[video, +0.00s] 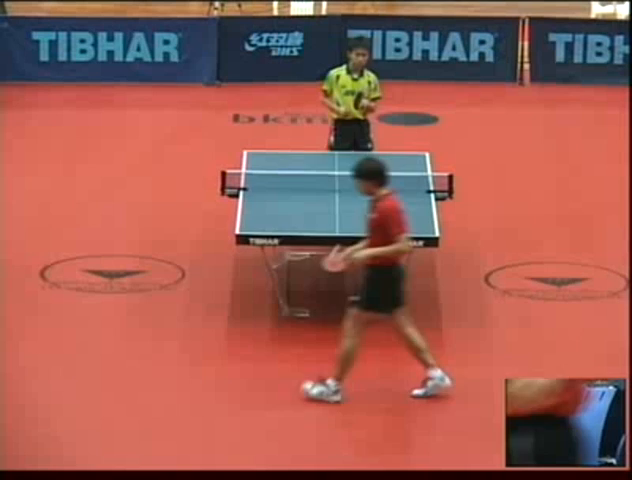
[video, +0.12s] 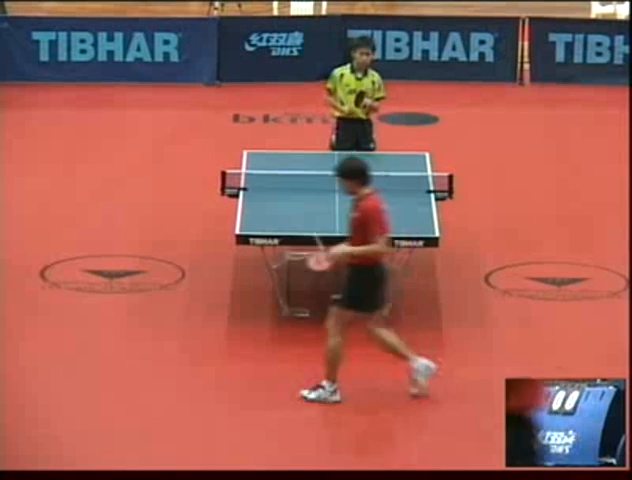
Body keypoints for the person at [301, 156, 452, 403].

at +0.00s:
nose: (358, 186)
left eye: (360, 181)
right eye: (358, 181)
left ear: (371, 181)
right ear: (377, 180)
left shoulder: (389, 206)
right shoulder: (379, 204)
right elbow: (376, 240)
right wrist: (351, 251)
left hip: (382, 274)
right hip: (386, 271)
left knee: (354, 323)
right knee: (402, 323)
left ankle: (335, 383)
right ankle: (434, 373)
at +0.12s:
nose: (341, 186)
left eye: (343, 180)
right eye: (340, 180)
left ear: (352, 180)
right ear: (361, 178)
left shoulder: (371, 206)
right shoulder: (364, 204)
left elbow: (382, 246)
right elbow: (361, 243)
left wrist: (346, 251)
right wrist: (335, 256)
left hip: (365, 274)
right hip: (369, 271)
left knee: (335, 322)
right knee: (374, 327)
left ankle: (330, 384)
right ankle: (417, 363)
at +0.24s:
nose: (317, 180)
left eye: (319, 175)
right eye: (317, 175)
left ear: (328, 175)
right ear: (338, 172)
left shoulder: (342, 200)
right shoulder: (353, 194)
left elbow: (347, 240)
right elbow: (351, 237)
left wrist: (314, 240)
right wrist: (322, 247)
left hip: (342, 263)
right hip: (350, 261)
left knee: (325, 321)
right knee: (332, 318)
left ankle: (329, 383)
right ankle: (366, 356)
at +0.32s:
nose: (303, 176)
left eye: (305, 171)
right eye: (303, 171)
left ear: (314, 172)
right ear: (327, 168)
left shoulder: (325, 198)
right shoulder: (344, 192)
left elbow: (323, 237)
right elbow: (340, 232)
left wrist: (295, 231)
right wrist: (309, 236)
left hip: (327, 262)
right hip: (340, 259)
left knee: (320, 320)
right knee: (313, 313)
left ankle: (328, 382)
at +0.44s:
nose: (285, 174)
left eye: (286, 170)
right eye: (285, 169)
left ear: (293, 171)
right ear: (310, 168)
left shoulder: (300, 199)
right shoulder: (328, 194)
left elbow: (290, 238)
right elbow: (333, 232)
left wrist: (270, 228)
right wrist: (308, 236)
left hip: (304, 262)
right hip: (321, 259)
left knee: (310, 321)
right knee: (289, 311)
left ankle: (328, 382)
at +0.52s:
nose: (275, 174)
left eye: (276, 170)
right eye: (276, 169)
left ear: (281, 172)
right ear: (299, 169)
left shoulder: (284, 200)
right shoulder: (317, 196)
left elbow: (273, 238)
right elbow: (324, 233)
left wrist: (255, 229)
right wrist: (300, 236)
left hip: (287, 263)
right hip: (306, 260)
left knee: (290, 322)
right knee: (276, 317)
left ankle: (324, 379)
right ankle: (255, 365)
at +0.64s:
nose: (264, 169)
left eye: (264, 165)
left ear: (265, 167)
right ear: (286, 166)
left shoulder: (265, 196)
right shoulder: (301, 195)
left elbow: (255, 234)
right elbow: (308, 233)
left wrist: (238, 228)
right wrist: (284, 234)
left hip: (266, 259)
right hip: (288, 259)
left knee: (249, 320)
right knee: (262, 315)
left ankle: (290, 358)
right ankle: (252, 364)